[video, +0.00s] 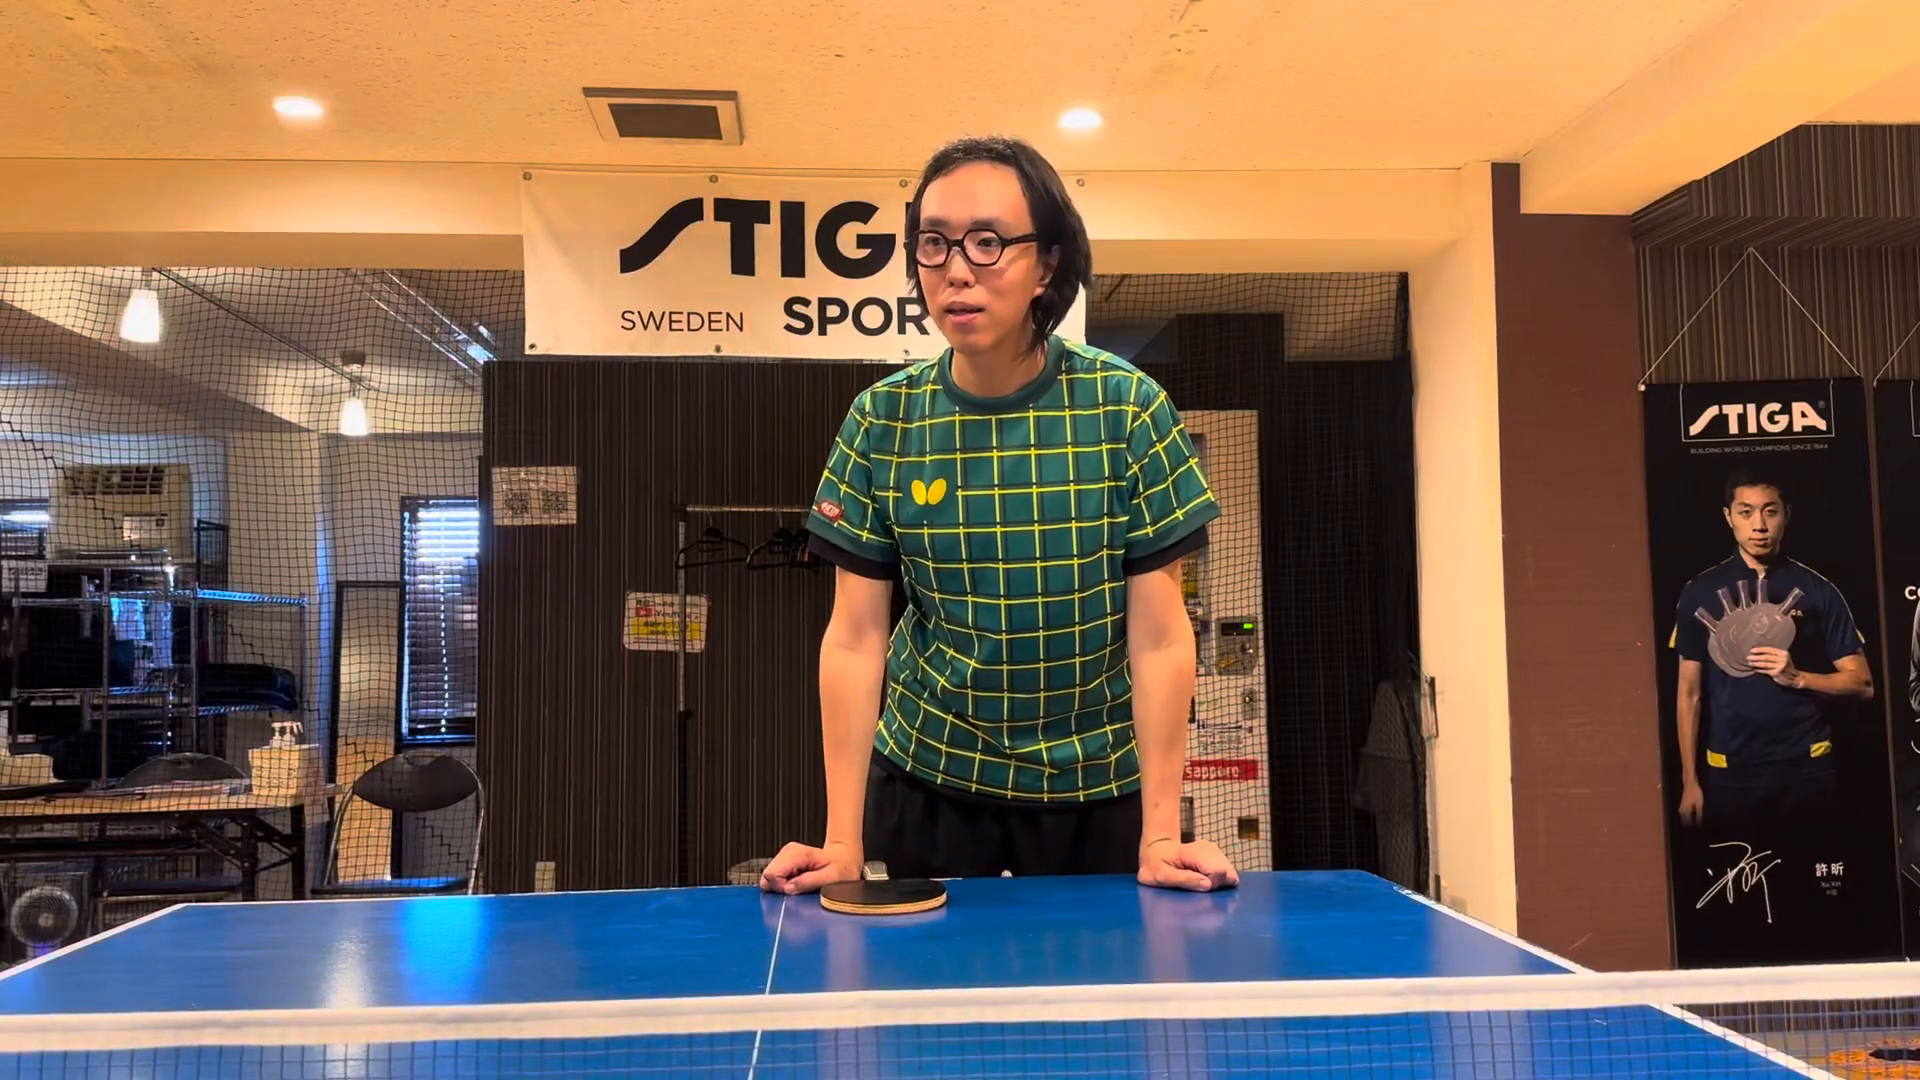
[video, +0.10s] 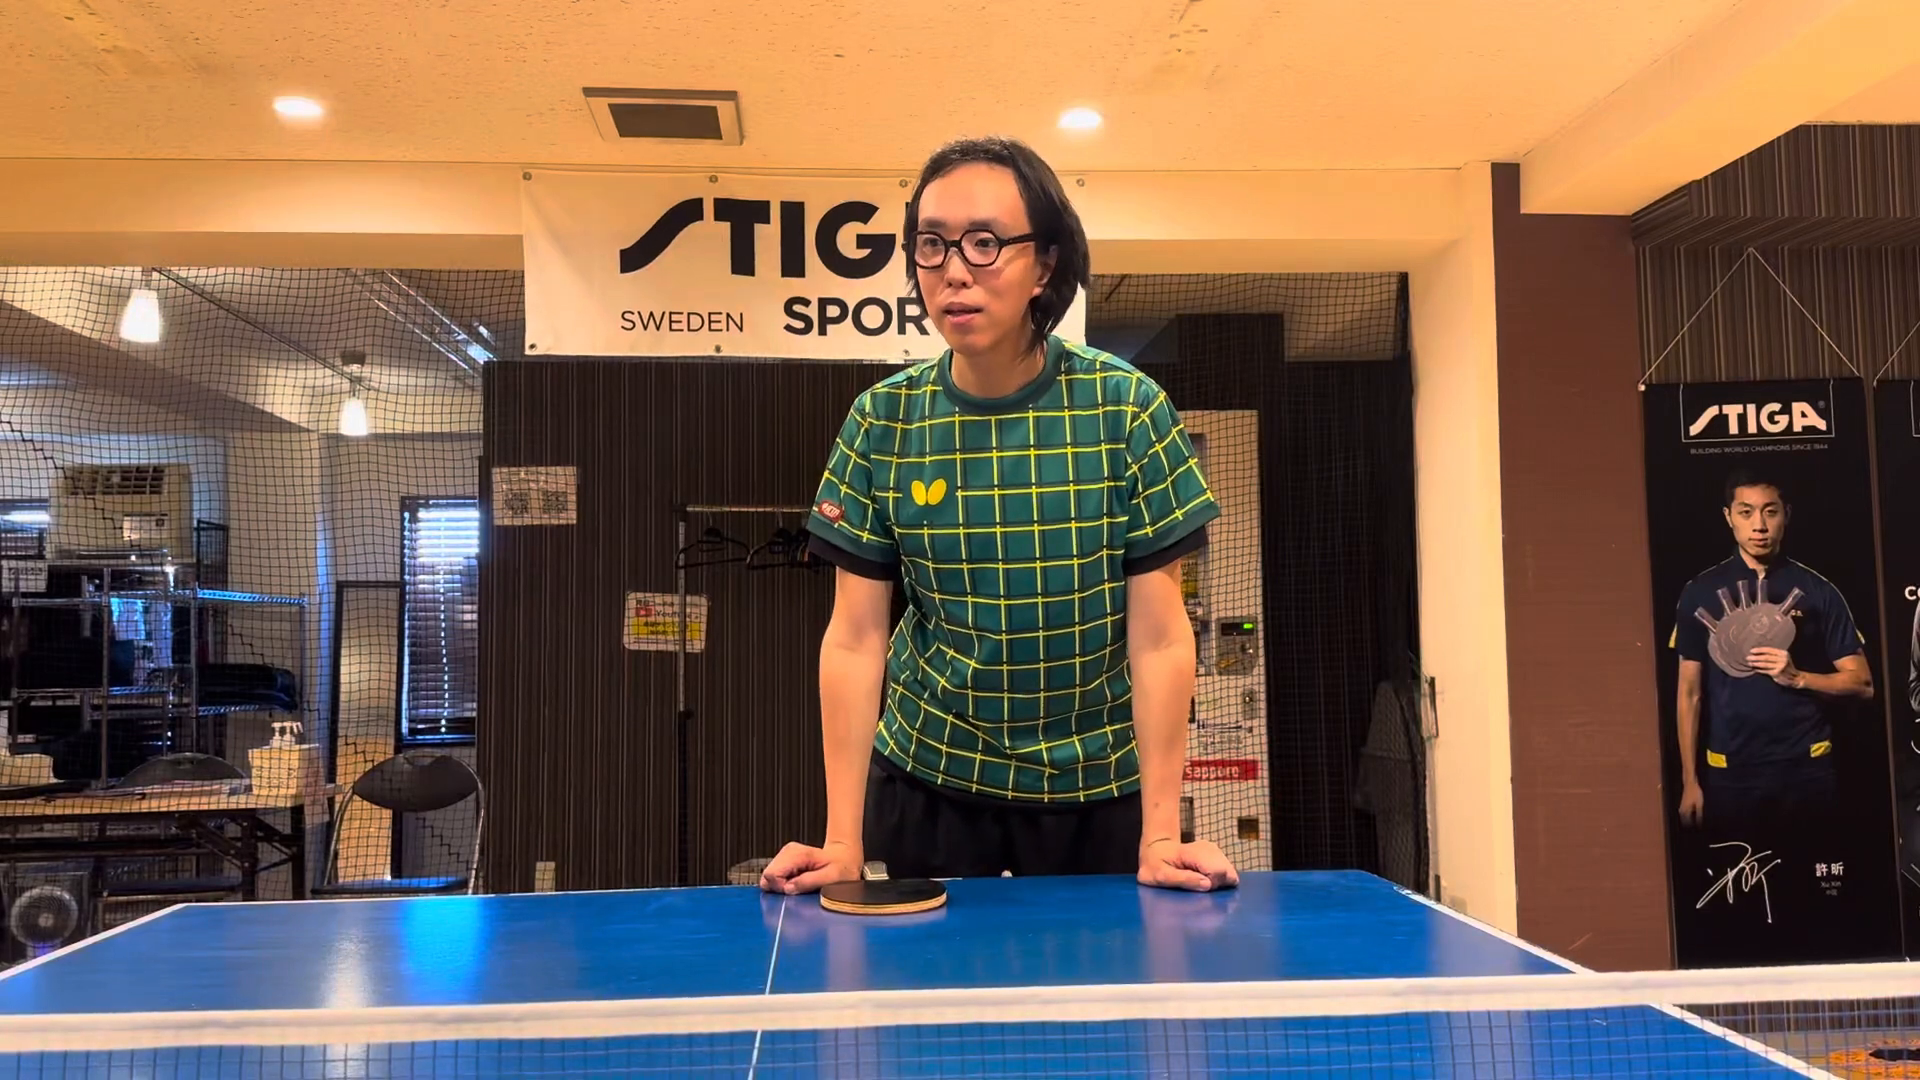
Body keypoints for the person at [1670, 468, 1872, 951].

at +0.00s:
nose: (1759, 524)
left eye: (1769, 511)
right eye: (1746, 512)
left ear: (1785, 517)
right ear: (1729, 518)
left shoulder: (1817, 593)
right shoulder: (1701, 594)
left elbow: (1860, 681)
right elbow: (1689, 692)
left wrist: (1797, 676)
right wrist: (1689, 778)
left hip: (1806, 770)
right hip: (1729, 773)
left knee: (1812, 901)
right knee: (1733, 902)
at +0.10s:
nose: (1759, 524)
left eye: (1769, 511)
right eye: (1746, 512)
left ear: (1785, 517)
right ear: (1729, 518)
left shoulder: (1818, 593)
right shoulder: (1701, 594)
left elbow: (1860, 682)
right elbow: (1689, 692)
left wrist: (1797, 676)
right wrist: (1689, 778)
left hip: (1806, 770)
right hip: (1729, 773)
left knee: (1812, 900)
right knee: (1733, 902)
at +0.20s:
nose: (1759, 524)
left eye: (1769, 511)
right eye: (1746, 512)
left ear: (1785, 517)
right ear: (1729, 518)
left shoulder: (1818, 593)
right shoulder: (1701, 594)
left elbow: (1860, 681)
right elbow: (1689, 692)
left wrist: (1797, 676)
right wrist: (1689, 778)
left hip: (1806, 771)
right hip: (1729, 773)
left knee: (1812, 900)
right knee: (1733, 901)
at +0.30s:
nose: (1759, 524)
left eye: (1769, 511)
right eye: (1746, 512)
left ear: (1785, 517)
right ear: (1729, 518)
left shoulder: (1818, 593)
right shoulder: (1701, 594)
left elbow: (1861, 681)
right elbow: (1689, 692)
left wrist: (1797, 676)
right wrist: (1689, 779)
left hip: (1806, 771)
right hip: (1729, 774)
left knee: (1811, 900)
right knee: (1733, 900)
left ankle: (1814, 1000)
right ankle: (1737, 1001)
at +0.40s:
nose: (1759, 524)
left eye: (1769, 511)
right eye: (1746, 512)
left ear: (1784, 517)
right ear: (1729, 519)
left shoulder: (1818, 593)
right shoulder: (1701, 594)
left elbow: (1860, 681)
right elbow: (1689, 692)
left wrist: (1797, 676)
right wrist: (1689, 778)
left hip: (1806, 771)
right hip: (1729, 774)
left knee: (1811, 901)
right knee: (1733, 901)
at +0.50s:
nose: (1759, 523)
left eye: (1769, 511)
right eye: (1746, 512)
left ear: (1785, 517)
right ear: (1729, 518)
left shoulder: (1817, 593)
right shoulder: (1701, 595)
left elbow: (1861, 682)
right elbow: (1689, 692)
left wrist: (1797, 677)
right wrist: (1689, 779)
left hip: (1806, 770)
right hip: (1729, 773)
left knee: (1811, 900)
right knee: (1734, 902)